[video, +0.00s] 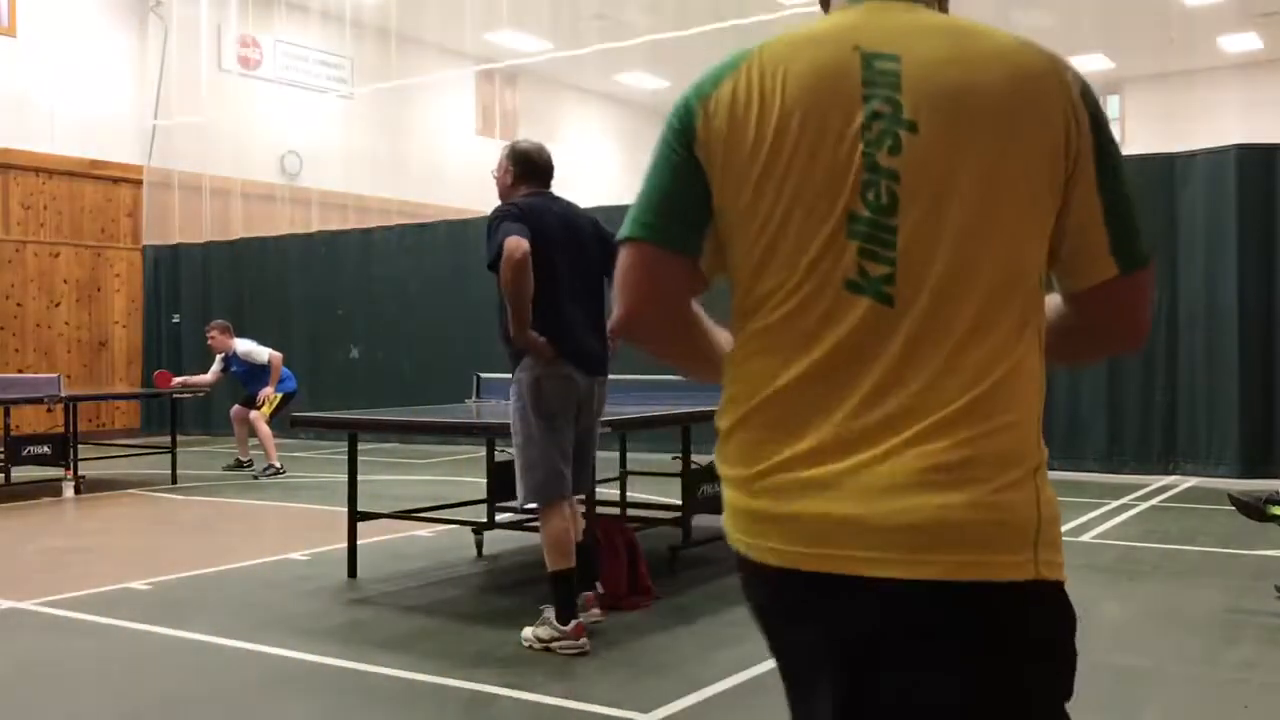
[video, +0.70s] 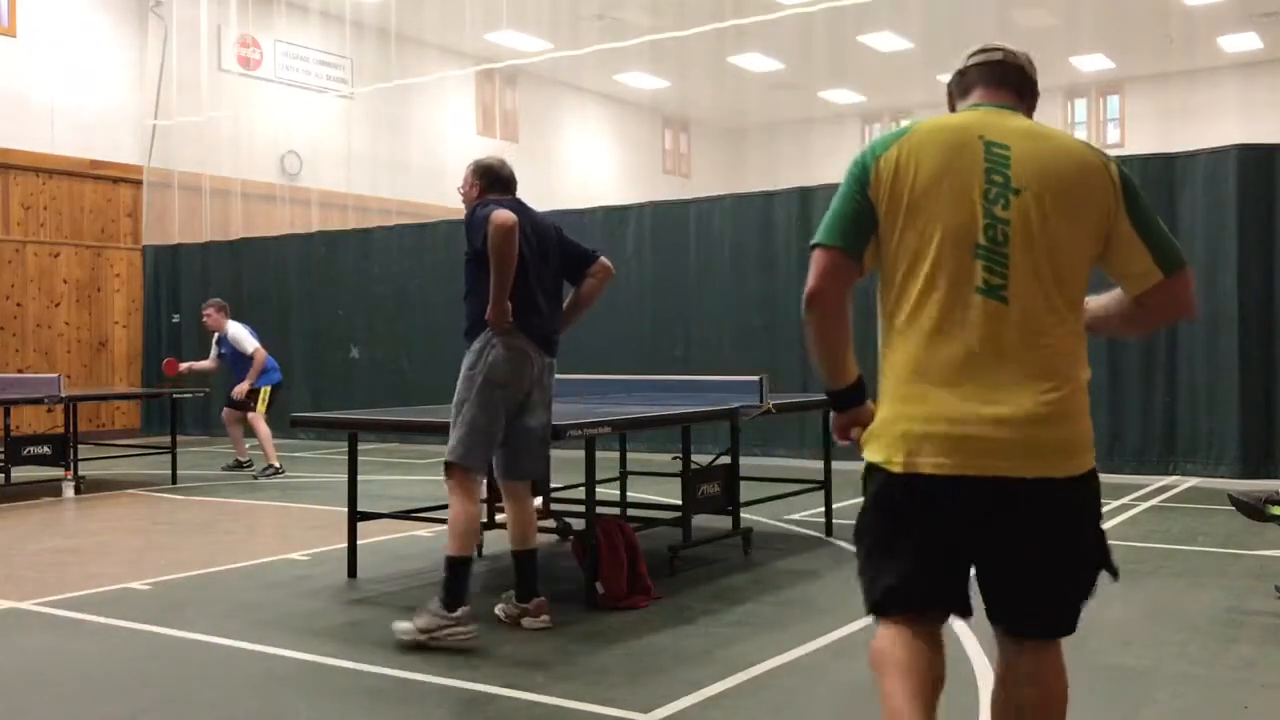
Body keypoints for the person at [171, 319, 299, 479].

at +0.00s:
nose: (209, 343)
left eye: (212, 338)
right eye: (208, 339)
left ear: (225, 336)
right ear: (222, 337)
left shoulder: (243, 348)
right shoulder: (223, 356)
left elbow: (276, 357)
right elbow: (210, 378)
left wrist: (271, 386)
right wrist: (184, 380)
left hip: (282, 386)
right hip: (261, 388)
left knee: (256, 416)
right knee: (237, 414)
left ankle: (275, 465)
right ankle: (244, 459)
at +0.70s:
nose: (204, 320)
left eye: (208, 316)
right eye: (203, 316)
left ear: (221, 315)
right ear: (217, 316)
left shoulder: (235, 331)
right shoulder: (218, 336)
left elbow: (260, 355)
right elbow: (213, 363)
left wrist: (247, 382)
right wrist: (190, 366)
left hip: (266, 378)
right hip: (248, 380)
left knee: (255, 416)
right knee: (229, 415)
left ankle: (274, 464)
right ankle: (243, 460)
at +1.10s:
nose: (196, 324)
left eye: (199, 319)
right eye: (195, 320)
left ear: (213, 316)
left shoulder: (235, 332)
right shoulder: (207, 338)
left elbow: (251, 361)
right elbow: (192, 360)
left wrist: (223, 376)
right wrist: (169, 363)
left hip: (255, 381)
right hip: (232, 381)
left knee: (247, 418)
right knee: (205, 413)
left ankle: (269, 461)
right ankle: (222, 450)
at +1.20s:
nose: (190, 332)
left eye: (192, 327)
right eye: (188, 328)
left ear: (205, 323)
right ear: (200, 325)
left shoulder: (228, 337)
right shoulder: (200, 341)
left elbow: (248, 364)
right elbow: (179, 355)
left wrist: (226, 381)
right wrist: (155, 360)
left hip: (250, 384)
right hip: (227, 385)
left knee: (243, 420)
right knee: (195, 416)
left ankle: (268, 462)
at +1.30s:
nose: (181, 338)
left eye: (184, 334)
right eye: (180, 335)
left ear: (197, 330)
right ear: (191, 332)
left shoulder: (219, 342)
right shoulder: (190, 343)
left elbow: (243, 367)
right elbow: (164, 349)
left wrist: (229, 386)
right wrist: (143, 357)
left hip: (242, 389)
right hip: (219, 389)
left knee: (239, 421)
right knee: (184, 418)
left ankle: (268, 462)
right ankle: (172, 459)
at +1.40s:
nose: (171, 342)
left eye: (174, 338)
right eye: (170, 338)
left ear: (186, 336)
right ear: (175, 337)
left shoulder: (207, 348)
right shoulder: (174, 344)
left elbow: (232, 371)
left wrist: (229, 390)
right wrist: (136, 362)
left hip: (226, 393)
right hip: (202, 394)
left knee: (235, 422)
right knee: (167, 419)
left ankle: (267, 461)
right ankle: (165, 461)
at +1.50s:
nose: (163, 344)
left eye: (166, 341)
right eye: (162, 341)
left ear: (179, 340)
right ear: (168, 341)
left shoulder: (199, 351)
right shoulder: (165, 349)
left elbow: (225, 374)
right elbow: (134, 350)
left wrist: (229, 393)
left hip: (216, 398)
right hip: (190, 400)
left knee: (230, 423)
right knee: (161, 418)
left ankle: (264, 461)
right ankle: (164, 461)